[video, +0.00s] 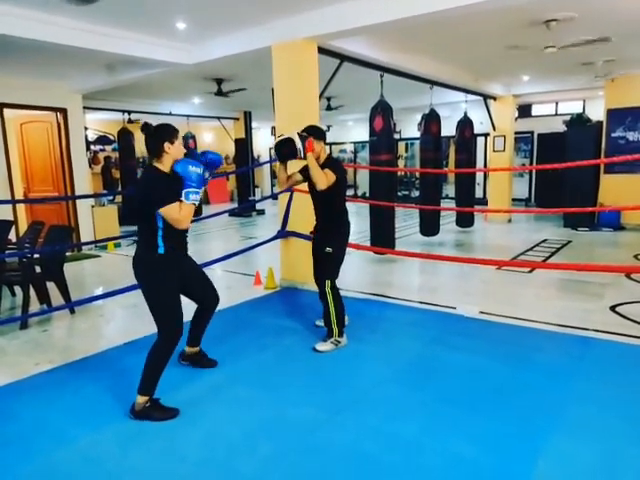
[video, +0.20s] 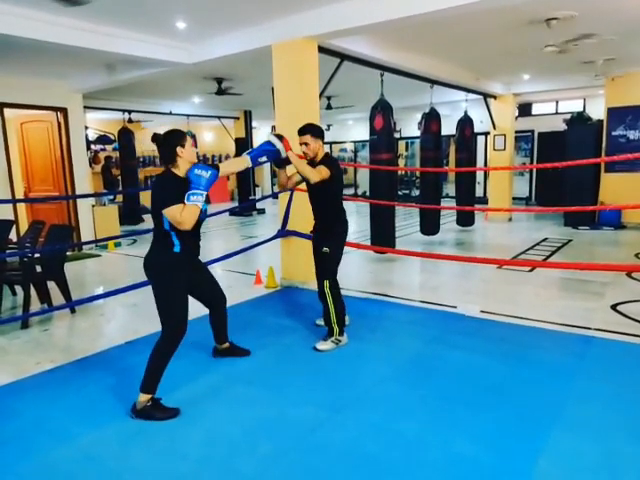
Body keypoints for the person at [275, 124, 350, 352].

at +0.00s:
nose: (307, 150)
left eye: (310, 145)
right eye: (305, 146)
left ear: (321, 144)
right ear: (307, 148)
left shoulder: (335, 166)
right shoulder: (311, 167)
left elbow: (321, 183)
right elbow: (285, 184)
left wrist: (310, 156)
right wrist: (282, 161)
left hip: (336, 228)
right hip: (321, 228)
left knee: (327, 280)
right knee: (321, 278)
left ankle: (336, 335)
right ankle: (335, 317)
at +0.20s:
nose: (303, 149)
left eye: (307, 144)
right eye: (301, 145)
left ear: (319, 142)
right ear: (303, 146)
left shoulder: (330, 163)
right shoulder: (310, 165)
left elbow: (314, 176)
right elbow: (285, 184)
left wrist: (290, 154)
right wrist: (277, 160)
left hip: (334, 227)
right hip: (320, 226)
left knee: (327, 280)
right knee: (324, 277)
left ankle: (337, 334)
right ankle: (336, 316)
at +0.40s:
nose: (298, 146)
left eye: (301, 141)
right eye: (296, 142)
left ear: (315, 140)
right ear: (297, 143)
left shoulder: (328, 164)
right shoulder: (302, 164)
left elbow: (327, 193)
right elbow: (273, 174)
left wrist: (300, 172)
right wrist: (267, 150)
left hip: (332, 226)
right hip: (317, 226)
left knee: (328, 278)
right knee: (328, 274)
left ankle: (337, 332)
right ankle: (339, 312)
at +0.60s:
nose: (294, 147)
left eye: (297, 142)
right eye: (293, 143)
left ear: (311, 141)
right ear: (304, 143)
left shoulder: (321, 163)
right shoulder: (305, 164)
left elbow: (304, 186)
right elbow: (283, 186)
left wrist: (280, 167)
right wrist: (278, 169)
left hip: (328, 227)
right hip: (316, 226)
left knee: (327, 278)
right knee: (325, 275)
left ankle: (339, 332)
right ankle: (339, 313)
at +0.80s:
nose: (287, 147)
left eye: (290, 142)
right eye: (286, 143)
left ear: (303, 141)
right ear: (300, 143)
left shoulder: (305, 161)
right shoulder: (305, 164)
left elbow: (269, 159)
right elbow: (288, 195)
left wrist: (236, 157)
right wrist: (281, 175)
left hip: (317, 223)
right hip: (318, 221)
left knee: (301, 273)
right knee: (325, 269)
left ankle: (325, 324)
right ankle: (342, 312)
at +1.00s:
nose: (268, 151)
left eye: (272, 146)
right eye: (268, 147)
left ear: (285, 145)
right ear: (281, 147)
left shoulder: (289, 165)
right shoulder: (283, 168)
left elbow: (259, 159)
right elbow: (268, 199)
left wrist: (229, 157)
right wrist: (261, 178)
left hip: (300, 229)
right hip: (303, 227)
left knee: (278, 273)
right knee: (317, 271)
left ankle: (265, 326)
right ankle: (342, 312)